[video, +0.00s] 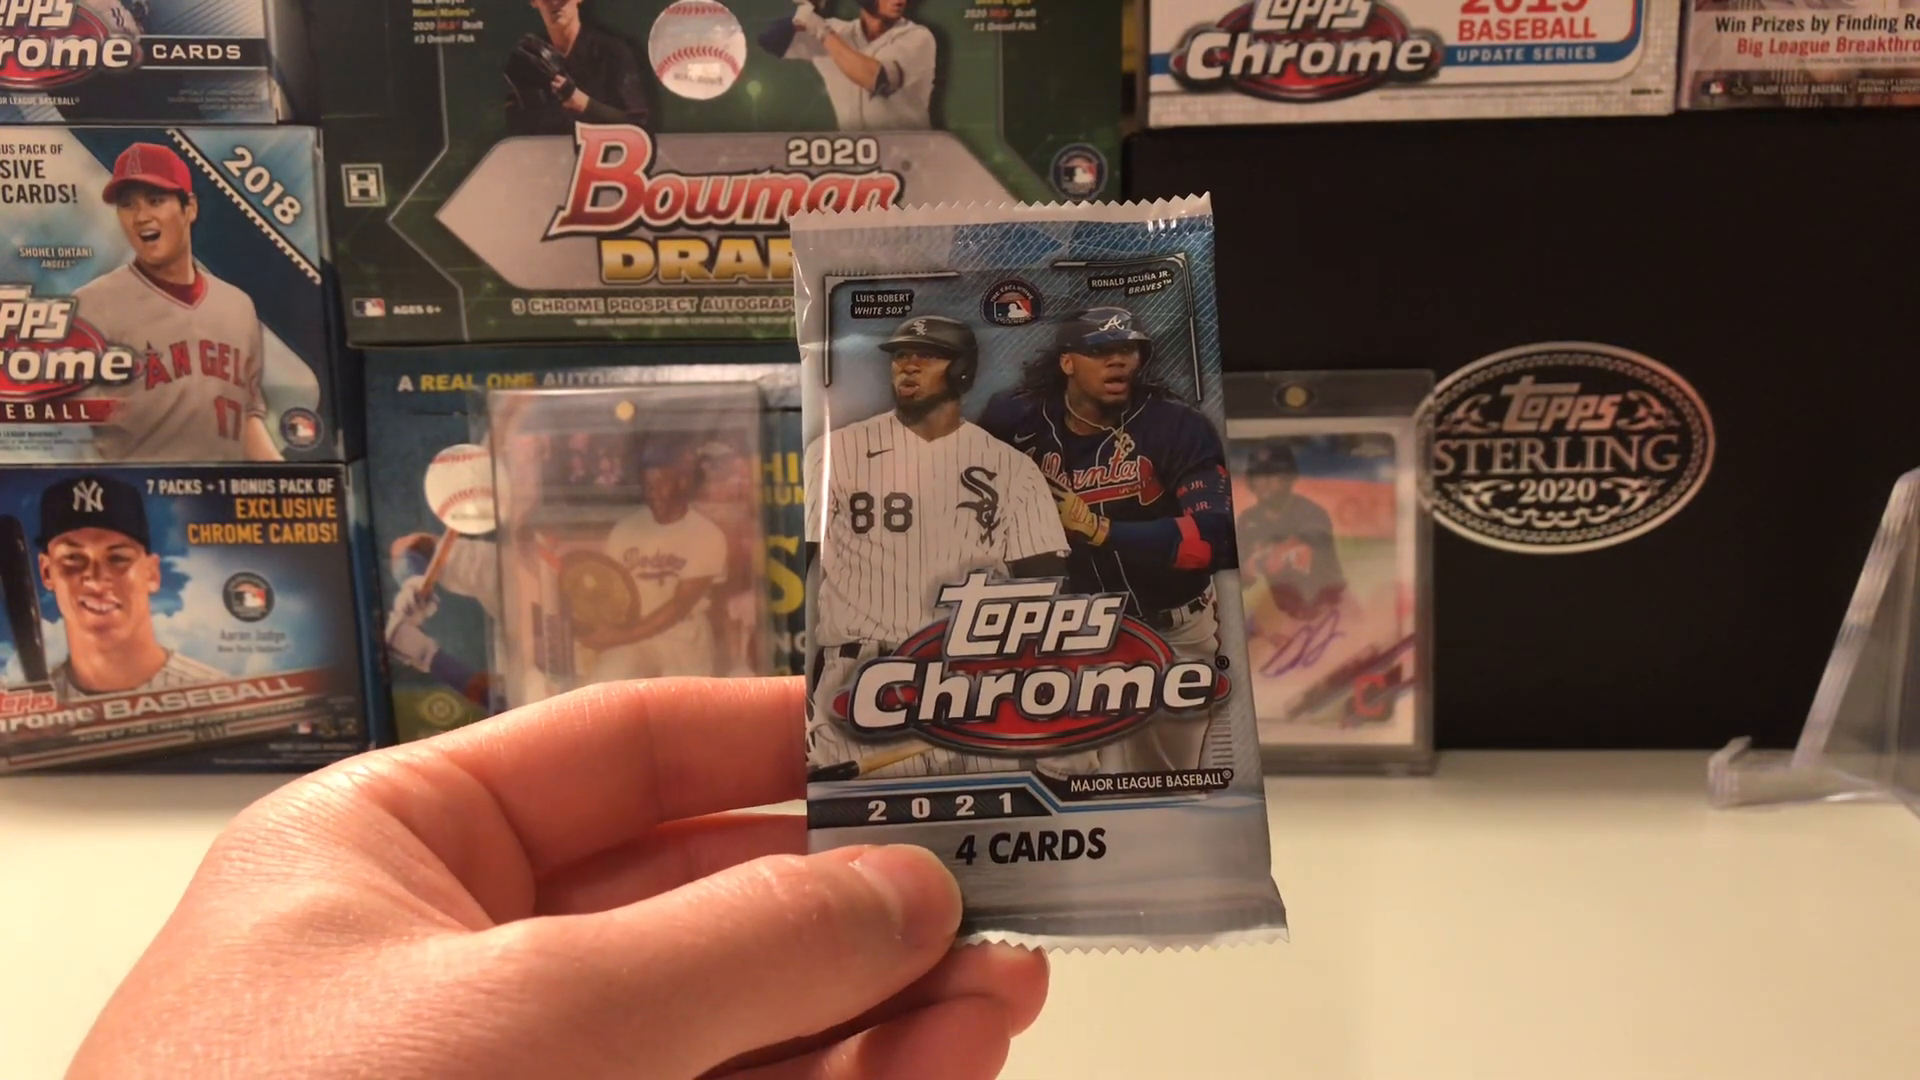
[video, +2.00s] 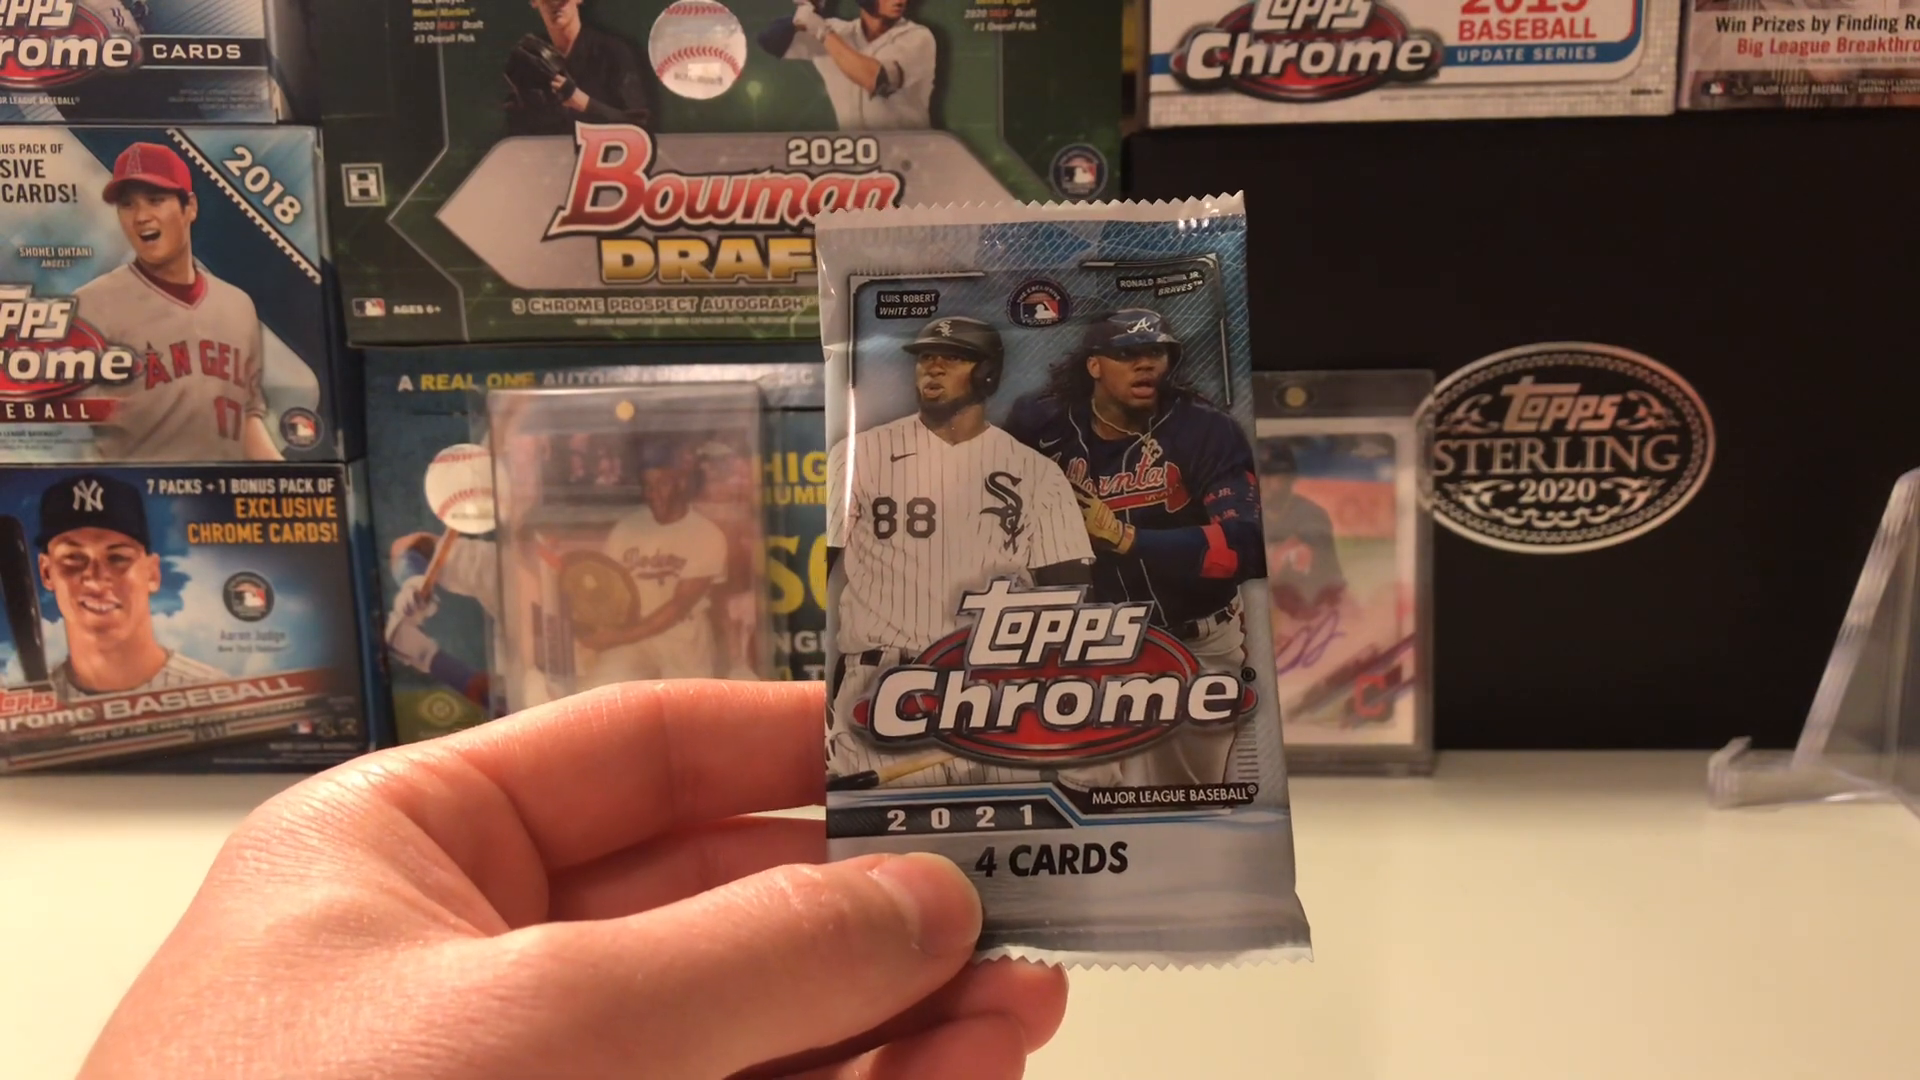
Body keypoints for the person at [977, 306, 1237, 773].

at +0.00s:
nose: (1121, 362)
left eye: (1129, 350)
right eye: (1104, 351)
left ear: (1142, 358)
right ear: (1068, 363)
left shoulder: (1179, 428)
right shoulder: (1016, 421)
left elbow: (1210, 537)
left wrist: (1101, 529)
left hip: (1174, 629)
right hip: (1065, 633)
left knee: (1169, 795)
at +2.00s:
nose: (1148, 365)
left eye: (1157, 353)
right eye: (1130, 354)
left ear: (1170, 361)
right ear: (1094, 366)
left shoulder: (1208, 432)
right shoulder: (1042, 426)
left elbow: (1242, 548)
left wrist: (1126, 538)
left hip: (1197, 639)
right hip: (1086, 642)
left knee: (1192, 809)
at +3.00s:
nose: (1213, 361)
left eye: (1221, 347)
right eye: (1194, 349)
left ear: (1234, 355)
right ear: (1155, 362)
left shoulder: (1274, 433)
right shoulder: (1097, 424)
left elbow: (1312, 557)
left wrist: (1191, 543)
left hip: (1264, 646)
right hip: (1143, 649)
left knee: (1265, 815)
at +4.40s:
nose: (1268, 377)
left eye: (1277, 365)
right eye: (1250, 367)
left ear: (1291, 371)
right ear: (1213, 377)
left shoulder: (1331, 446)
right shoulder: (1160, 439)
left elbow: (1371, 564)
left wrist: (1252, 552)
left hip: (1325, 650)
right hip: (1204, 652)